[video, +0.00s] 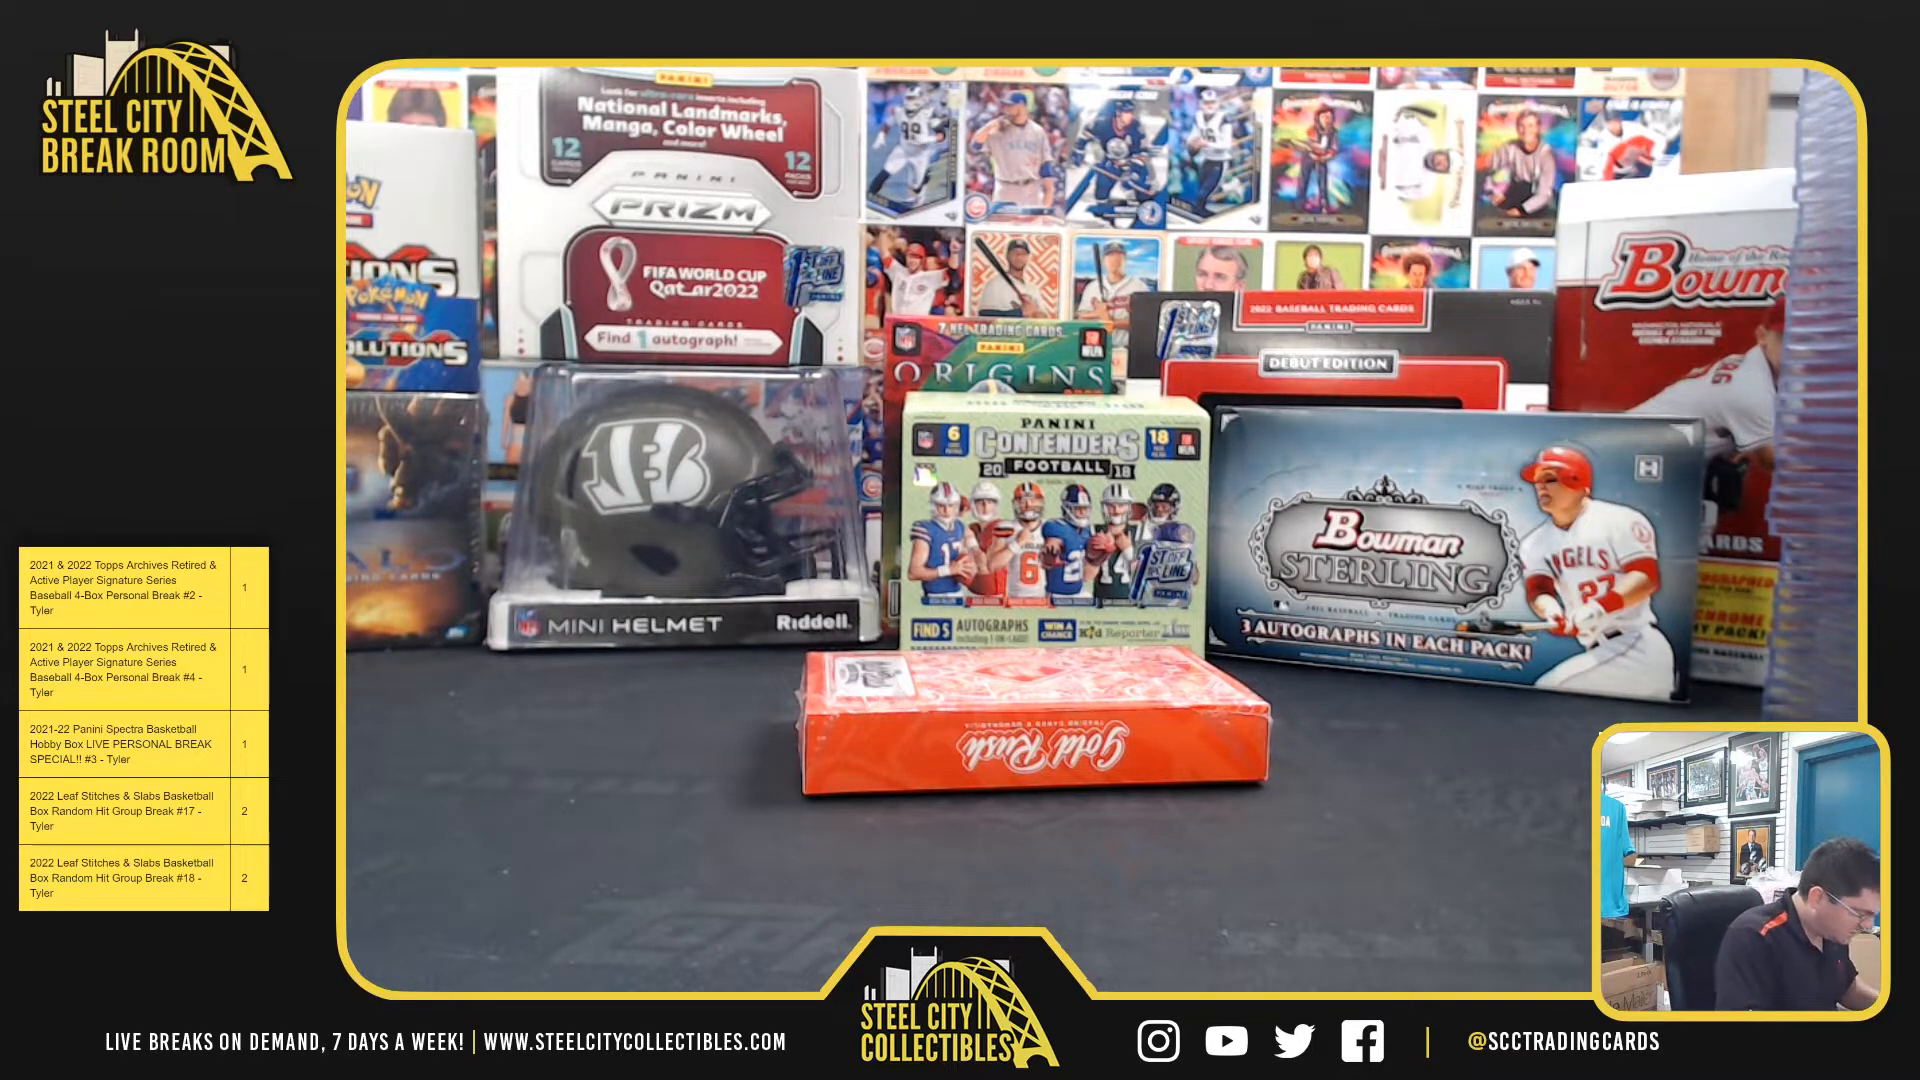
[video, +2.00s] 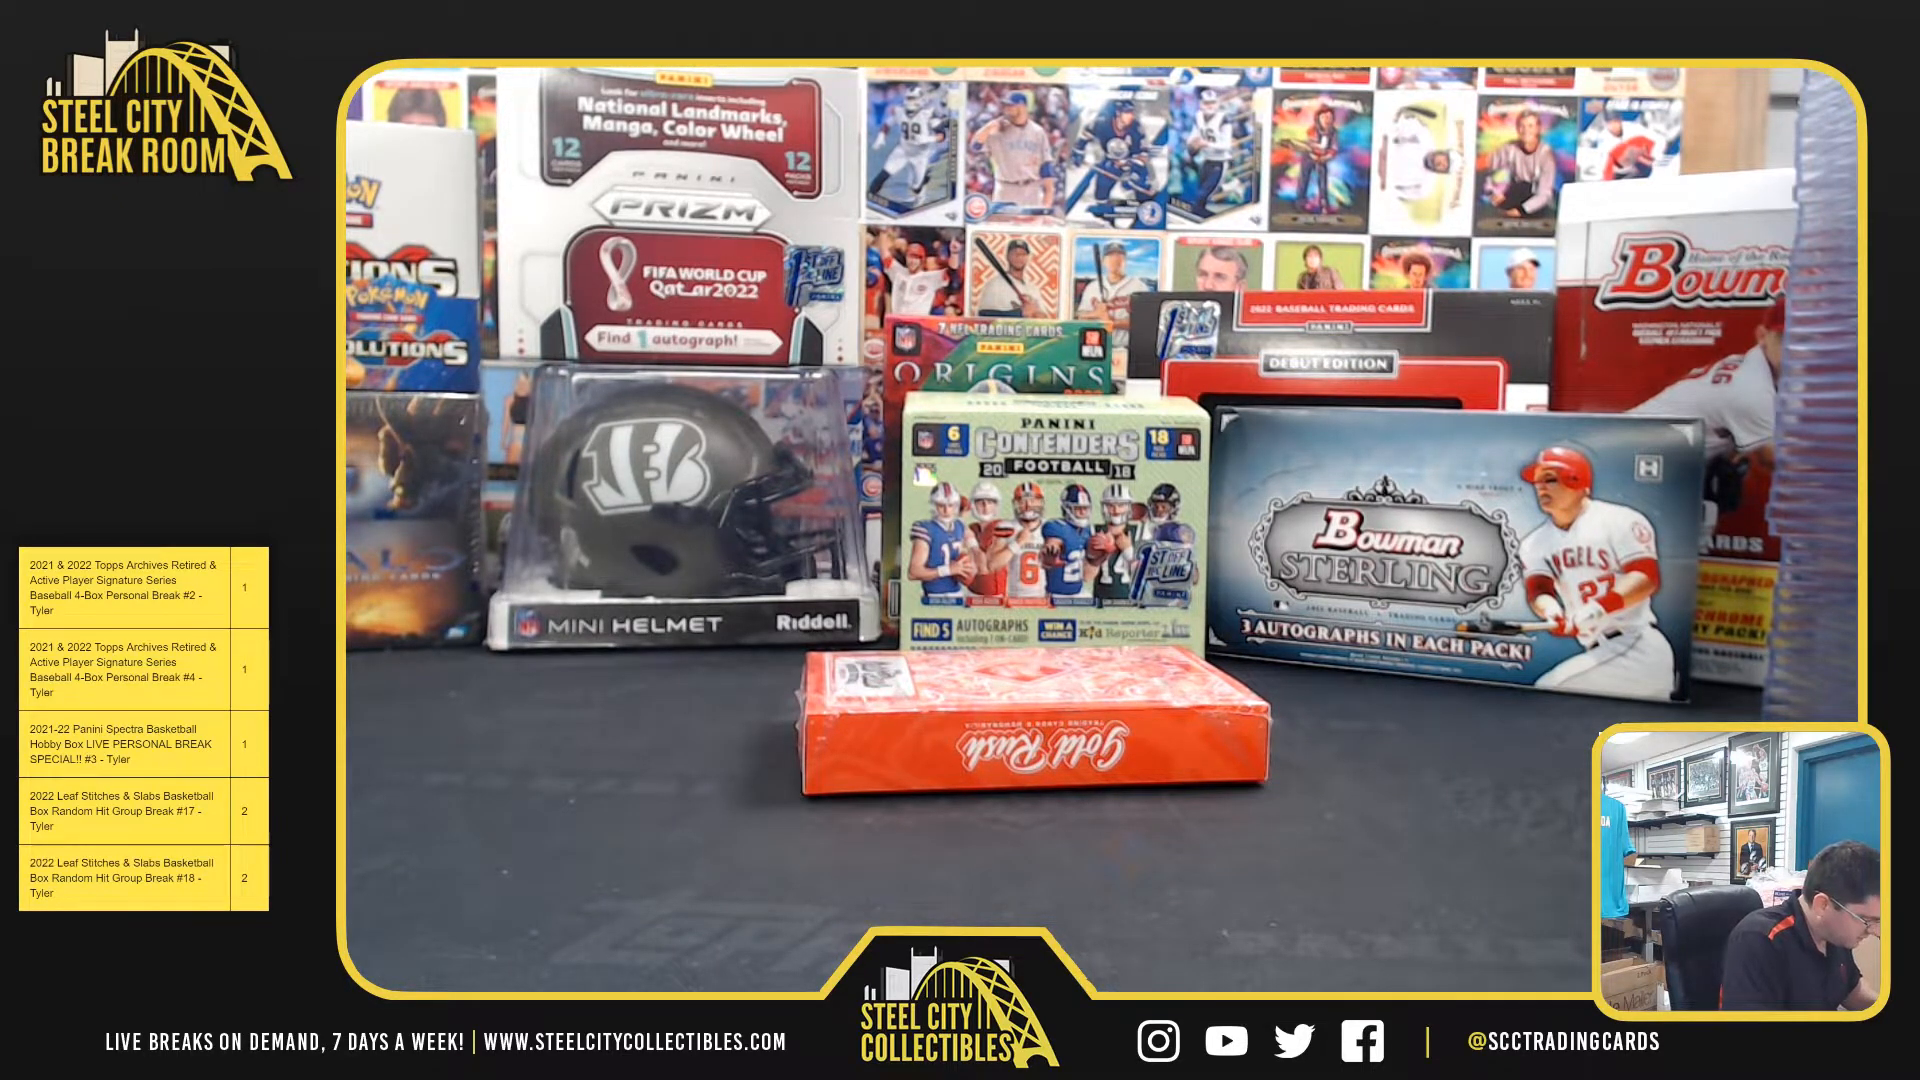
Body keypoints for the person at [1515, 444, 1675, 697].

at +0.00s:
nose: (1540, 489)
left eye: (1550, 480)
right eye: (1537, 483)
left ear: (1579, 485)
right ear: (1533, 487)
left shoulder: (1624, 521)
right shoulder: (1534, 545)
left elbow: (1646, 577)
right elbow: (1538, 591)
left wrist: (1600, 607)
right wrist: (1554, 614)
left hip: (1638, 647)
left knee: (1545, 693)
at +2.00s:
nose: (1540, 490)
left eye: (1550, 481)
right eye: (1537, 483)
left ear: (1578, 484)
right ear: (1533, 488)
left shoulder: (1624, 521)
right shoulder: (1534, 545)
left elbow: (1646, 577)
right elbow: (1538, 591)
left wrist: (1599, 608)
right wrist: (1554, 614)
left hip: (1638, 648)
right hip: (1599, 651)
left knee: (1546, 692)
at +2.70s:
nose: (1540, 490)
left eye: (1550, 481)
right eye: (1537, 484)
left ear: (1578, 484)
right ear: (1533, 488)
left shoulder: (1624, 521)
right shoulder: (1534, 545)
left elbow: (1646, 577)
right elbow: (1538, 591)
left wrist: (1598, 608)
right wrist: (1554, 614)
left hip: (1638, 647)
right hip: (1598, 651)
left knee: (1546, 692)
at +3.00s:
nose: (1540, 490)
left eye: (1549, 480)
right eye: (1537, 483)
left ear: (1578, 484)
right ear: (1533, 488)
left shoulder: (1624, 521)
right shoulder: (1534, 545)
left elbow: (1646, 577)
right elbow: (1538, 591)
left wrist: (1599, 608)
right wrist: (1553, 613)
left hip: (1638, 649)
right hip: (1599, 652)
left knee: (1546, 692)